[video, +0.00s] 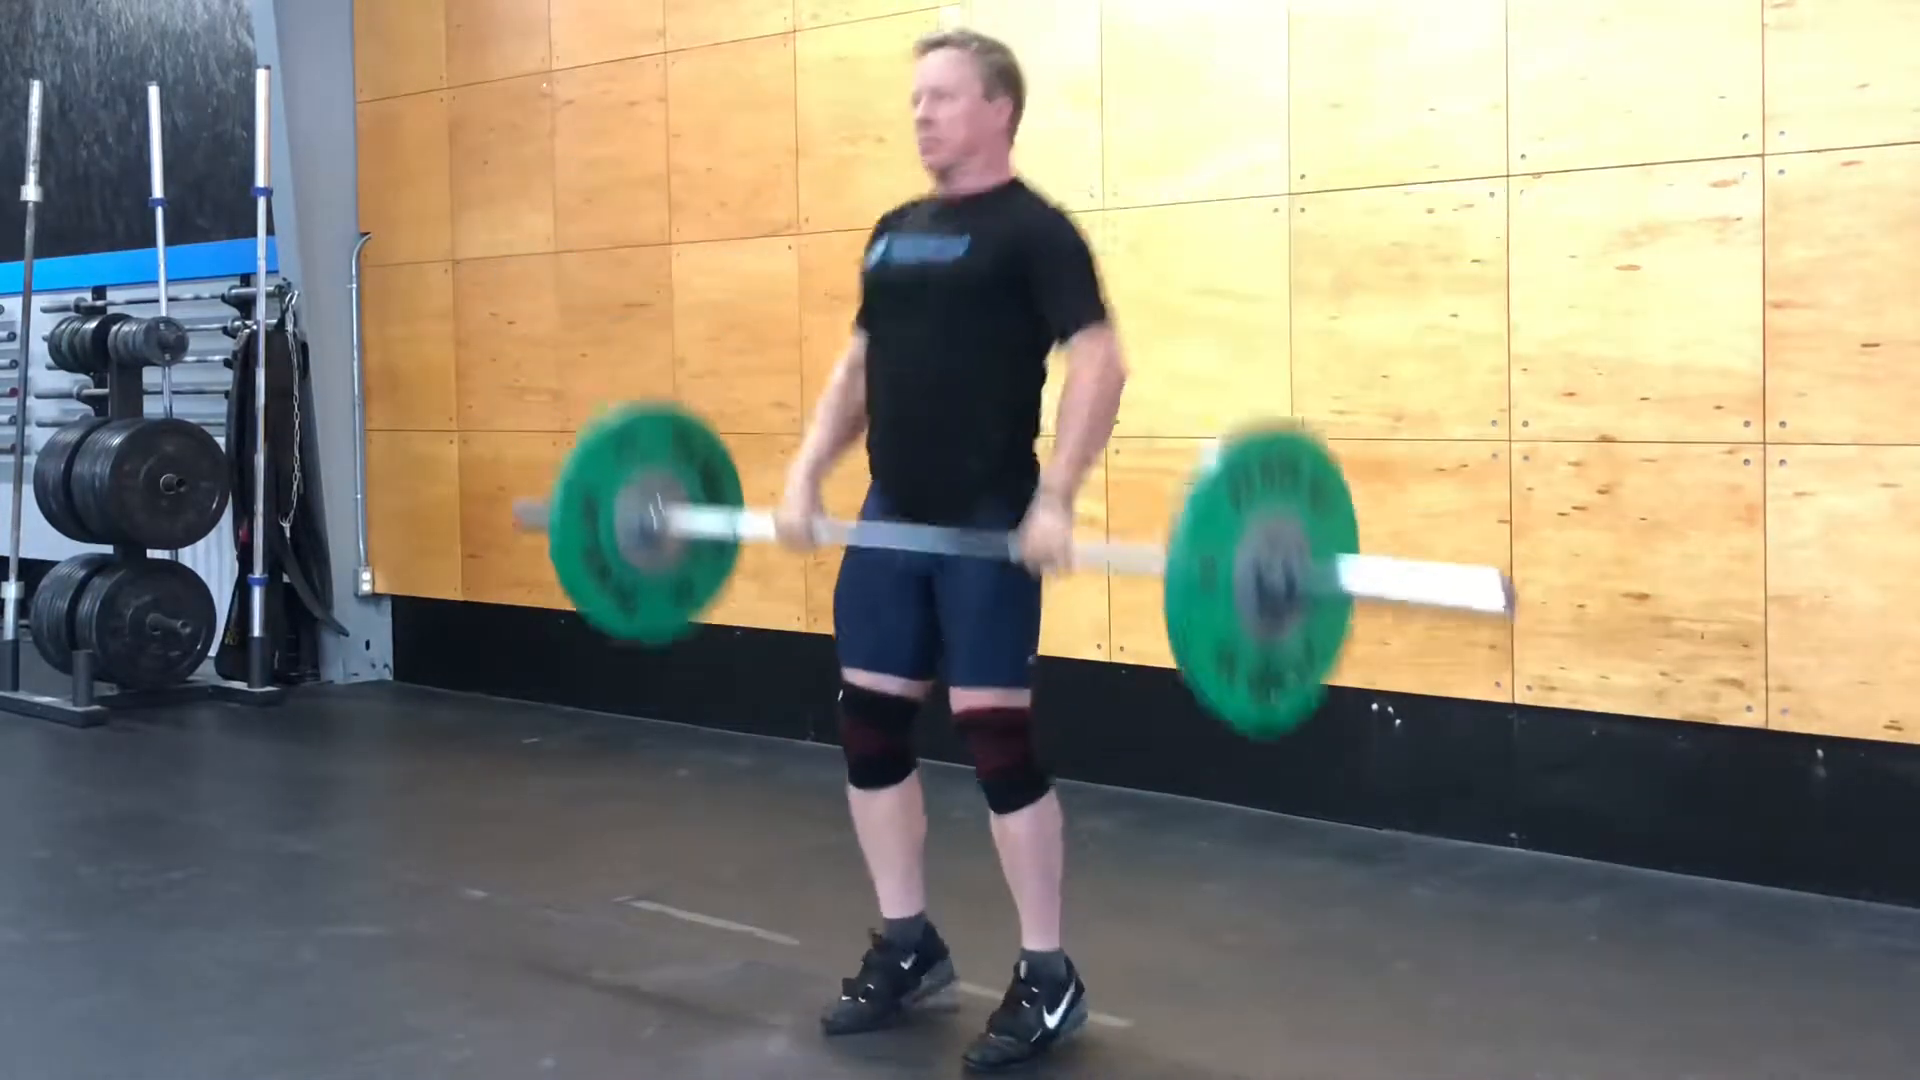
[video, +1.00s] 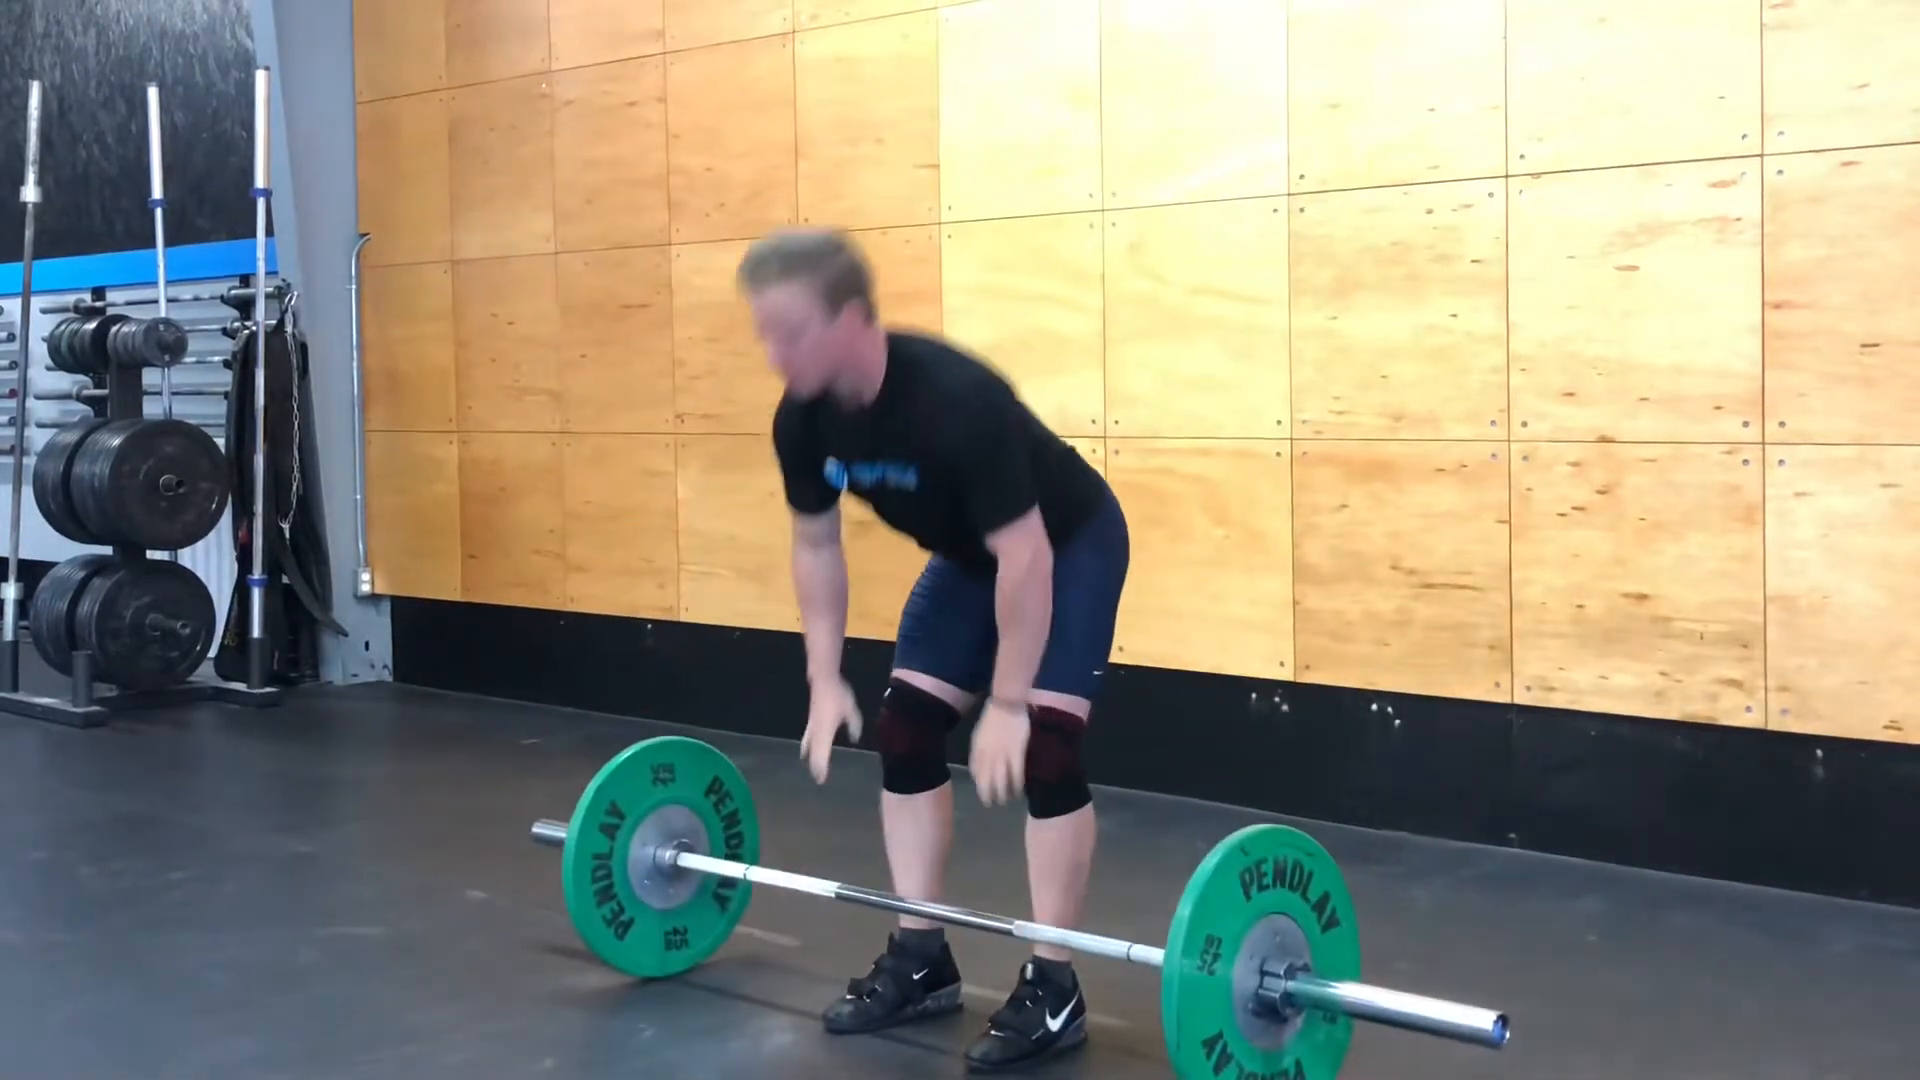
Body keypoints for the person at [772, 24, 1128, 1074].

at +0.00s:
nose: (921, 119)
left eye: (940, 103)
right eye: (916, 104)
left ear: (1001, 111)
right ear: (918, 116)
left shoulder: (1039, 231)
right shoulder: (896, 234)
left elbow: (1100, 364)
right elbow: (864, 363)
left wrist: (1057, 496)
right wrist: (806, 472)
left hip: (990, 533)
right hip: (888, 523)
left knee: (999, 747)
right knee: (870, 732)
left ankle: (1045, 977)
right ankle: (906, 945)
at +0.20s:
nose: (802, 268)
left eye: (817, 244)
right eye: (794, 247)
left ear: (880, 233)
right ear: (796, 248)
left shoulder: (972, 345)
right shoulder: (821, 361)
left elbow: (1034, 498)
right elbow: (814, 498)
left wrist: (1057, 654)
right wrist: (808, 628)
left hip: (1052, 545)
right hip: (958, 550)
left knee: (1043, 741)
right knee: (892, 729)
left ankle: (1054, 986)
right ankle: (921, 955)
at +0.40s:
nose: (776, 512)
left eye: (785, 487)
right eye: (764, 493)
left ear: (840, 448)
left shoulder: (958, 502)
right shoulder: (805, 513)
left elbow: (1026, 664)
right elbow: (809, 647)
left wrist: (1052, 818)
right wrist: (805, 785)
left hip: (1085, 569)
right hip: (980, 581)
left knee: (1057, 758)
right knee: (892, 730)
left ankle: (1054, 986)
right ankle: (920, 956)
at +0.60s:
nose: (759, 634)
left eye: (768, 615)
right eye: (749, 620)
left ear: (822, 576)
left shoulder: (949, 590)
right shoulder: (798, 593)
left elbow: (1047, 733)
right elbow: (795, 713)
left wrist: (1068, 888)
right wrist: (805, 837)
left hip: (1091, 578)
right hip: (988, 578)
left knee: (1042, 755)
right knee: (877, 733)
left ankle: (1052, 989)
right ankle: (921, 959)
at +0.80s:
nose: (750, 540)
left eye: (757, 519)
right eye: (741, 524)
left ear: (817, 484)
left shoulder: (939, 520)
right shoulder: (789, 534)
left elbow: (1021, 681)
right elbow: (798, 660)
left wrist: (1027, 833)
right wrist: (804, 799)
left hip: (1078, 561)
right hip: (968, 573)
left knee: (1047, 750)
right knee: (890, 732)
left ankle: (1052, 988)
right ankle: (920, 960)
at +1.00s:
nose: (775, 355)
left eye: (788, 332)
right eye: (765, 336)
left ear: (852, 317)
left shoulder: (956, 399)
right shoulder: (802, 422)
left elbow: (1025, 557)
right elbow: (816, 545)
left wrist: (1009, 703)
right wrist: (825, 678)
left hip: (1070, 543)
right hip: (969, 555)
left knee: (1044, 749)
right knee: (907, 730)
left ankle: (1052, 982)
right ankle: (920, 953)